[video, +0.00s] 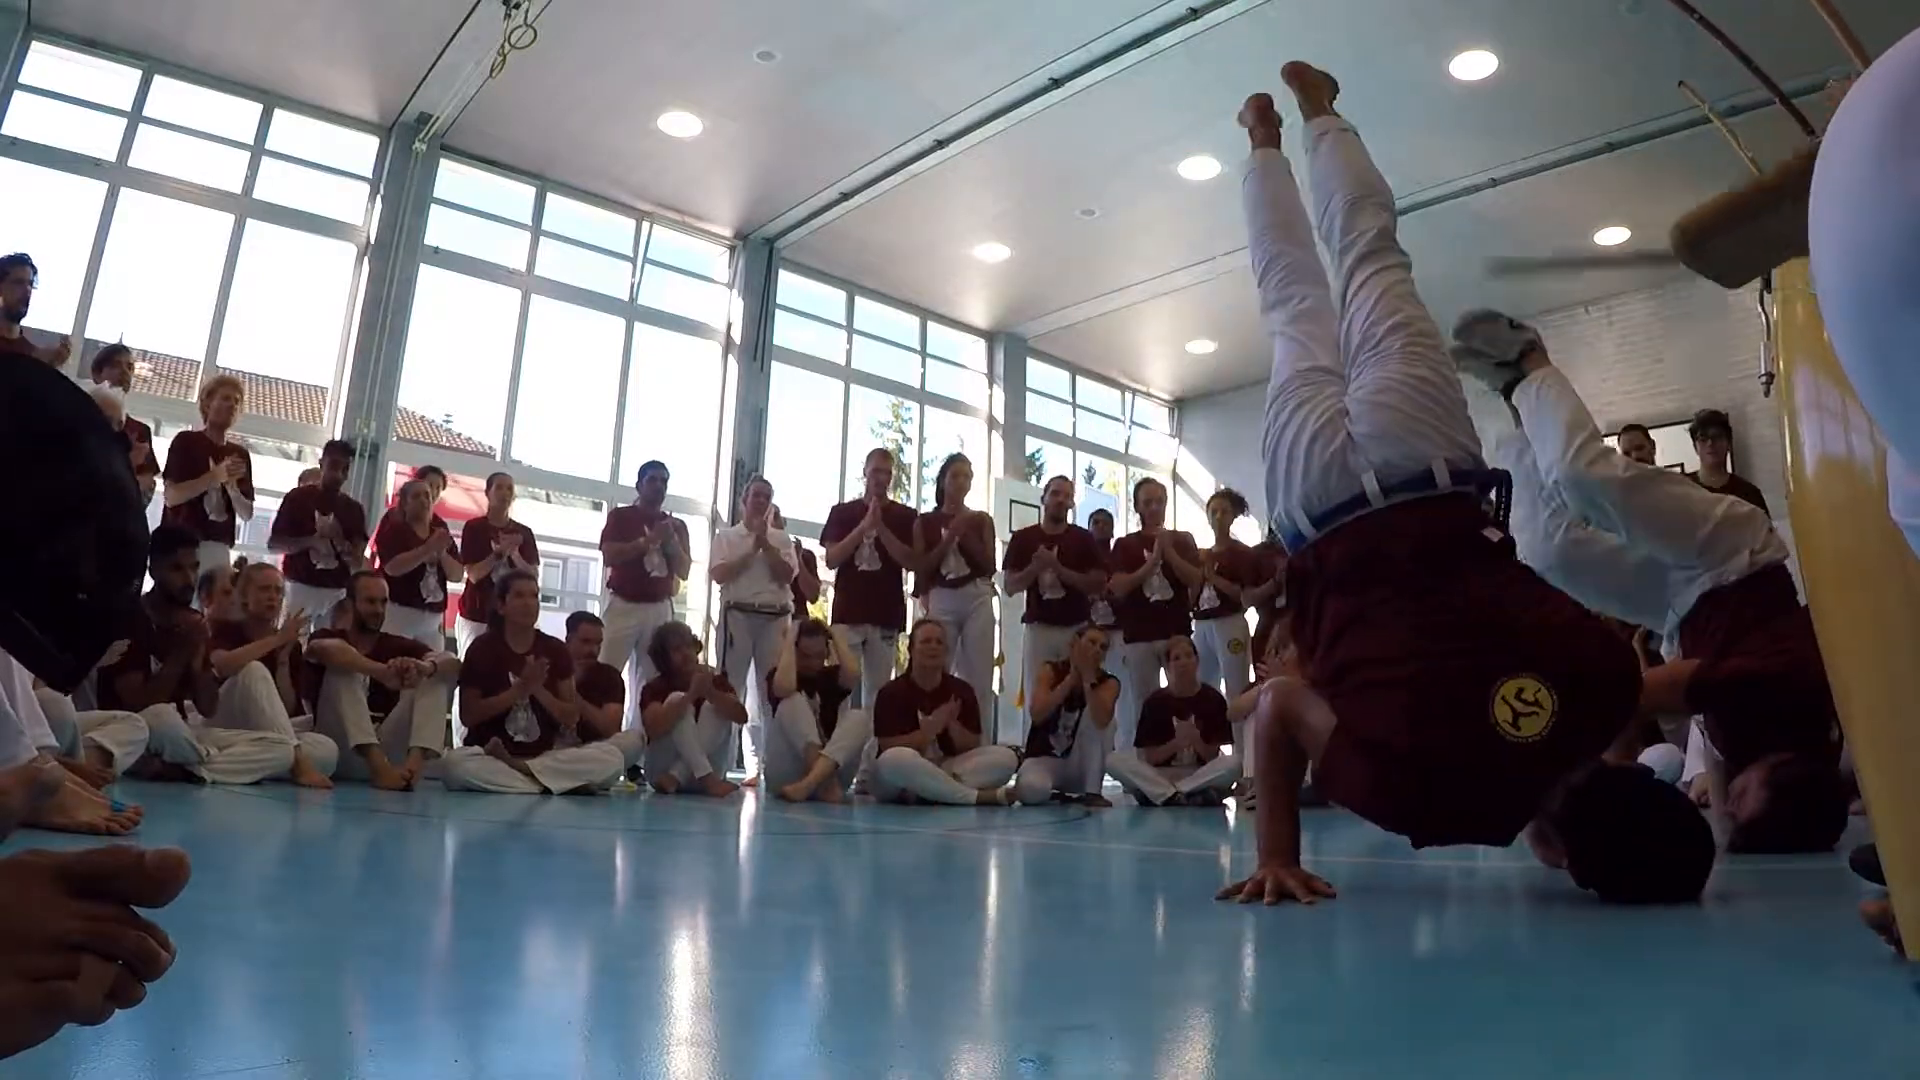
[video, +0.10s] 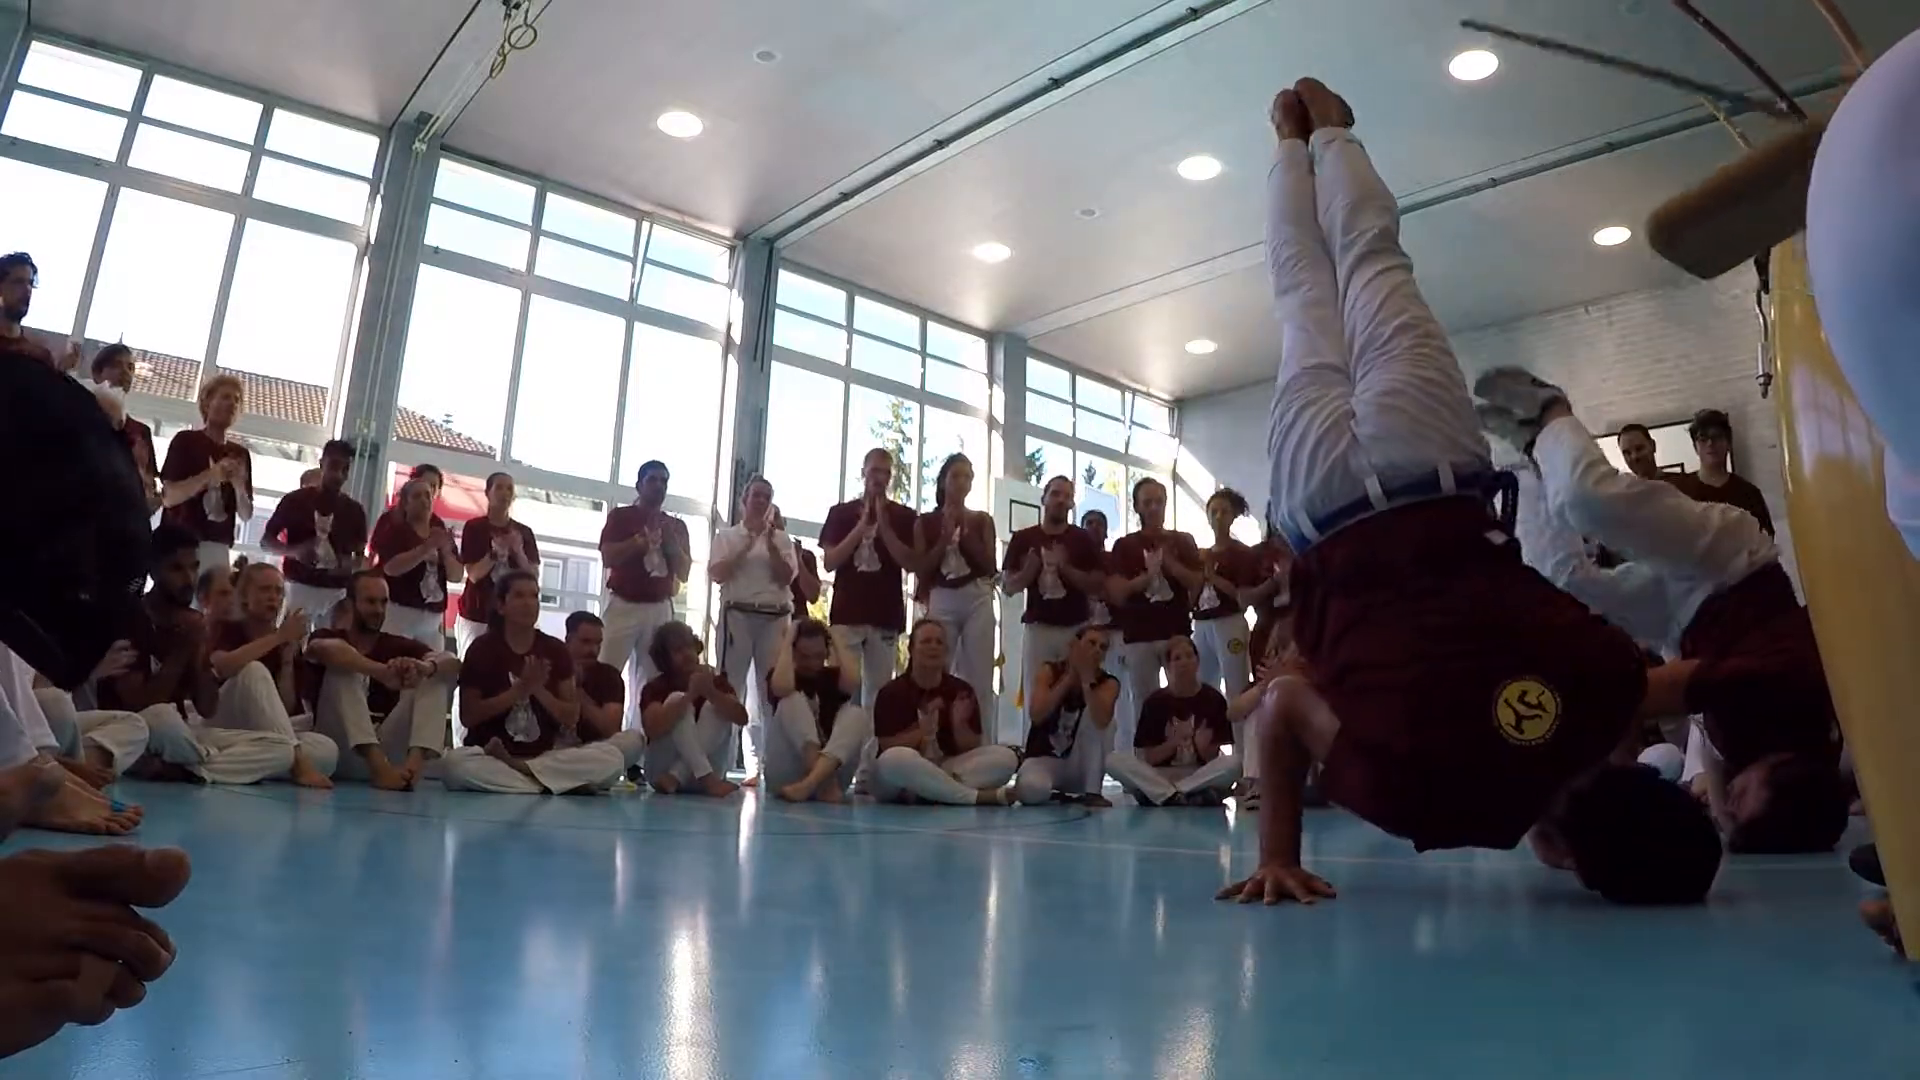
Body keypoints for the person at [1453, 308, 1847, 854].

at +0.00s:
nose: (1720, 800)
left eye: (1728, 815)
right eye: (1737, 798)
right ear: (1767, 772)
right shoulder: (1782, 692)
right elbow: (1630, 695)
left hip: (1686, 618)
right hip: (1737, 556)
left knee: (1547, 549)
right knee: (1584, 475)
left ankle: (1518, 403)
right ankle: (1531, 364)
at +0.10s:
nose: (1722, 805)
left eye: (1729, 819)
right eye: (1736, 799)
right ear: (1770, 769)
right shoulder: (1789, 699)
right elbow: (1649, 690)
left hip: (1686, 627)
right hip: (1733, 562)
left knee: (1564, 582)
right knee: (1589, 502)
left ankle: (1523, 470)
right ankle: (1550, 413)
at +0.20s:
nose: (1718, 796)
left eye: (1728, 810)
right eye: (1737, 791)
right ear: (1766, 766)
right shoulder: (1788, 697)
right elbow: (1651, 690)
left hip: (1685, 628)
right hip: (1734, 573)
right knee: (1585, 517)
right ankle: (1562, 467)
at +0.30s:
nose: (1727, 805)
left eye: (1732, 817)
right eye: (1739, 799)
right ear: (1773, 763)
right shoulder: (1776, 689)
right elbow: (1626, 695)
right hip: (1727, 580)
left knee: (1598, 674)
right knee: (1575, 530)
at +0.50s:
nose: (1725, 807)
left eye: (1733, 816)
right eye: (1738, 801)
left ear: (1779, 761)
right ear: (1775, 762)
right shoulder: (1773, 680)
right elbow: (1619, 696)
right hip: (1699, 587)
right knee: (1537, 555)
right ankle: (1615, 531)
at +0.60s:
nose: (1725, 789)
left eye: (1732, 798)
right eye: (1736, 787)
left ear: (1776, 742)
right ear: (1775, 742)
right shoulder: (1751, 658)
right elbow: (1612, 695)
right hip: (1678, 589)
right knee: (1524, 562)